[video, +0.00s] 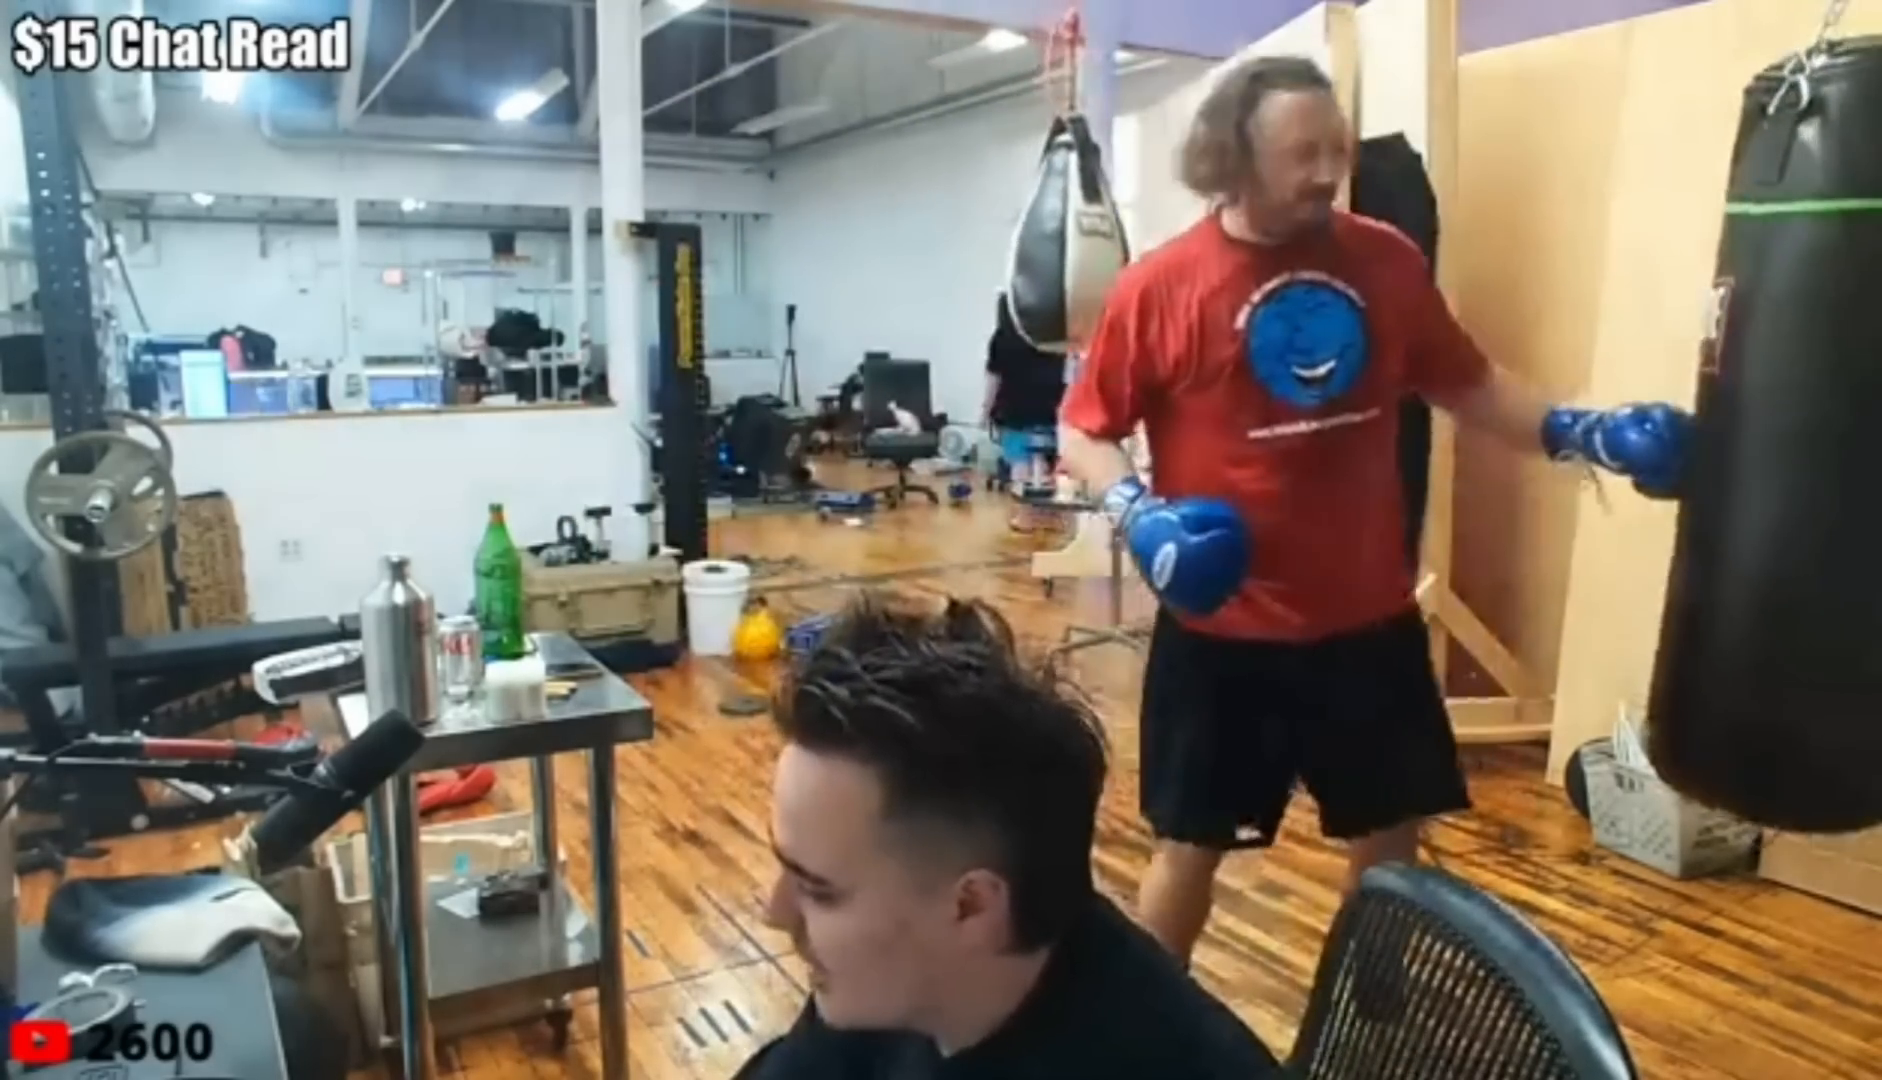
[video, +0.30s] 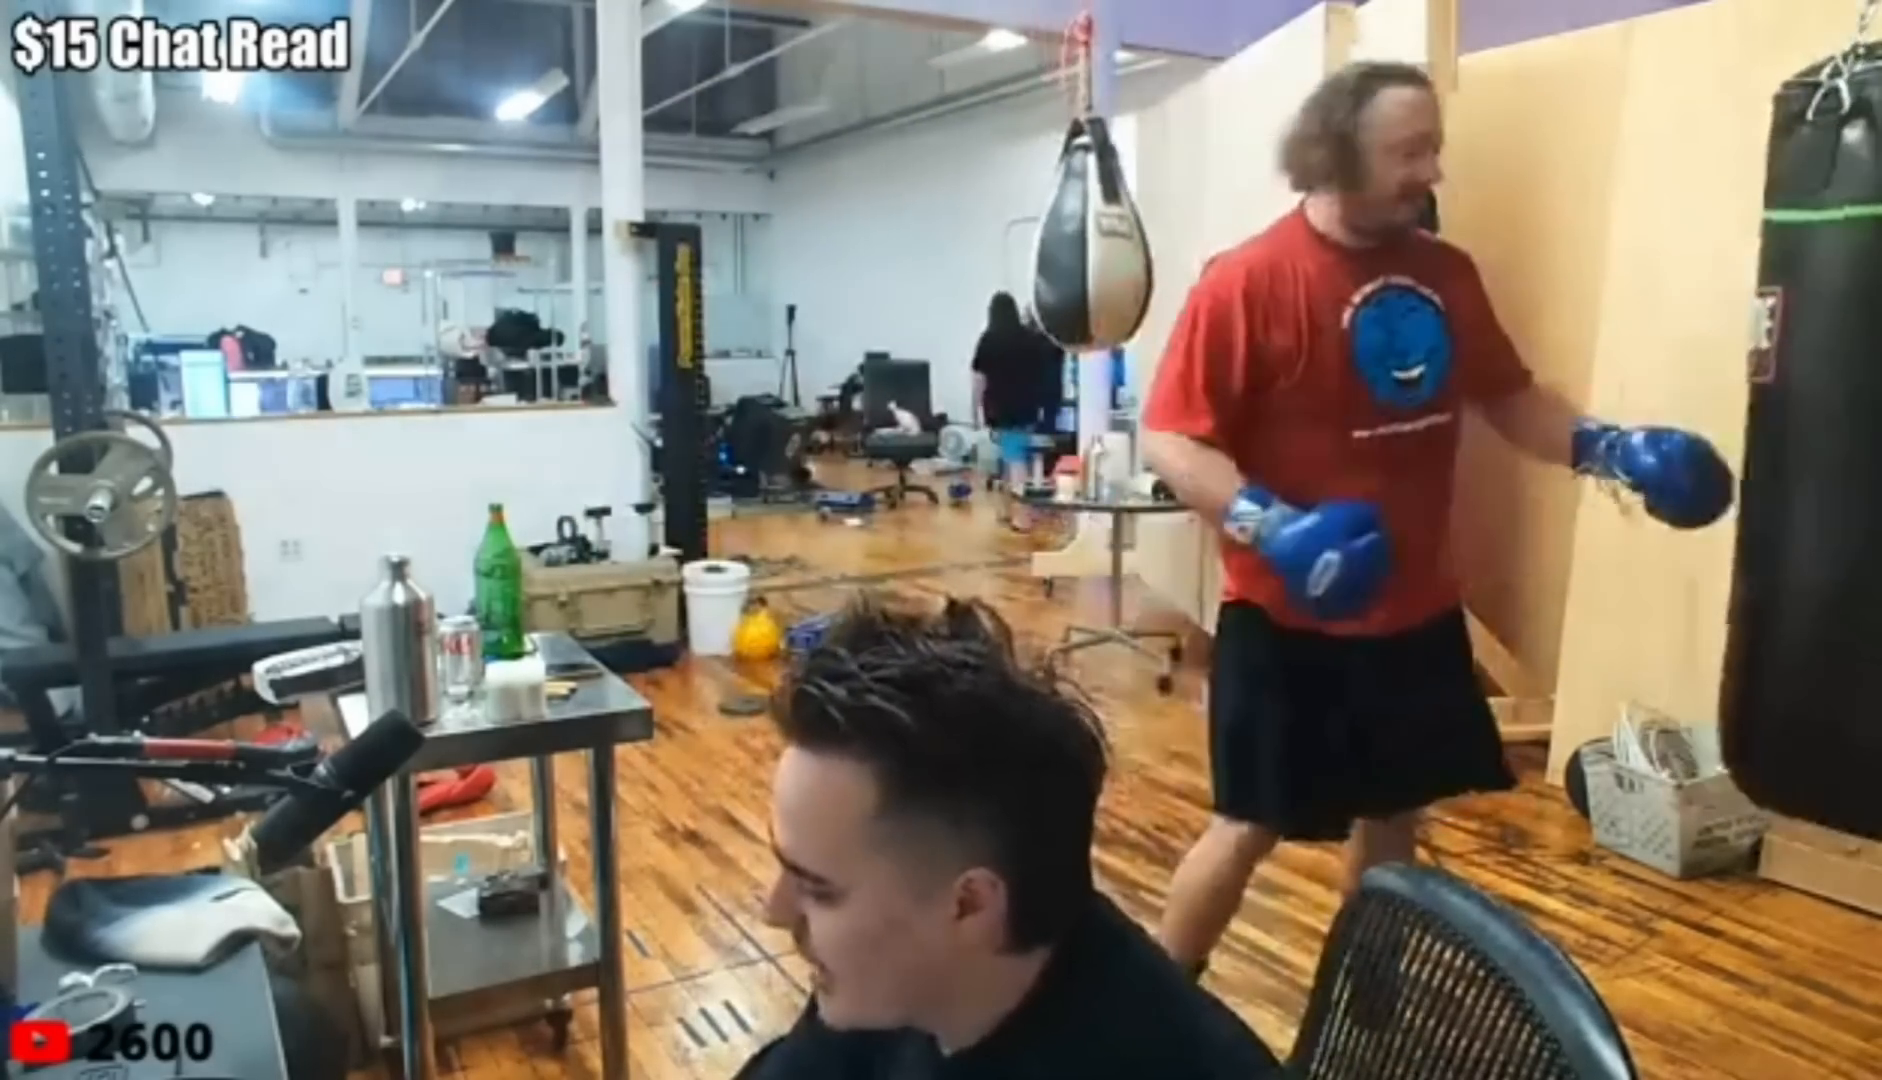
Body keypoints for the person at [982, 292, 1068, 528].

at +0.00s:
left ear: (1005, 311)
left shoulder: (1005, 338)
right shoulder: (1054, 339)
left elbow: (993, 381)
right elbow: (1066, 380)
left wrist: (987, 412)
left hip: (1013, 417)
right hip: (1050, 417)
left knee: (1019, 473)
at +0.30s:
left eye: (993, 313)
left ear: (991, 313)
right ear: (1015, 311)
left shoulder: (990, 340)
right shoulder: (1033, 338)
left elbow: (979, 380)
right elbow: (1047, 377)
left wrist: (979, 413)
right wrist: (1047, 407)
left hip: (1001, 410)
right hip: (1030, 408)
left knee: (1014, 461)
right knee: (1029, 458)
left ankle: (1022, 512)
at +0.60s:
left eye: (983, 313)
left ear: (984, 313)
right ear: (1008, 310)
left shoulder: (982, 335)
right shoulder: (1024, 335)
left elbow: (971, 372)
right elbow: (1034, 367)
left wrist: (966, 402)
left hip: (988, 406)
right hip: (1017, 406)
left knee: (984, 459)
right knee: (1009, 460)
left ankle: (988, 502)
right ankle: (1010, 502)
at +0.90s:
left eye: (972, 312)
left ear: (972, 312)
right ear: (994, 309)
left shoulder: (971, 337)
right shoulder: (1012, 334)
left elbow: (964, 376)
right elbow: (1023, 366)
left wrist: (959, 404)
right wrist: (1020, 392)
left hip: (977, 405)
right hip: (1007, 404)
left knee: (970, 456)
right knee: (1002, 459)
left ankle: (965, 500)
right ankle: (1005, 509)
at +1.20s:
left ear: (952, 311)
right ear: (976, 310)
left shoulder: (950, 336)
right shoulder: (989, 331)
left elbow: (942, 373)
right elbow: (1005, 360)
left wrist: (939, 405)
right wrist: (987, 366)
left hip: (958, 404)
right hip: (986, 403)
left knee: (955, 455)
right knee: (991, 454)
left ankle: (954, 499)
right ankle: (994, 493)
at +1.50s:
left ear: (947, 311)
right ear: (970, 310)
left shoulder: (940, 337)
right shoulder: (983, 333)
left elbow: (922, 368)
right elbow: (1000, 357)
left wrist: (920, 400)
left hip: (951, 404)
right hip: (980, 402)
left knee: (954, 455)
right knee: (982, 448)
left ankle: (953, 500)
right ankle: (982, 492)